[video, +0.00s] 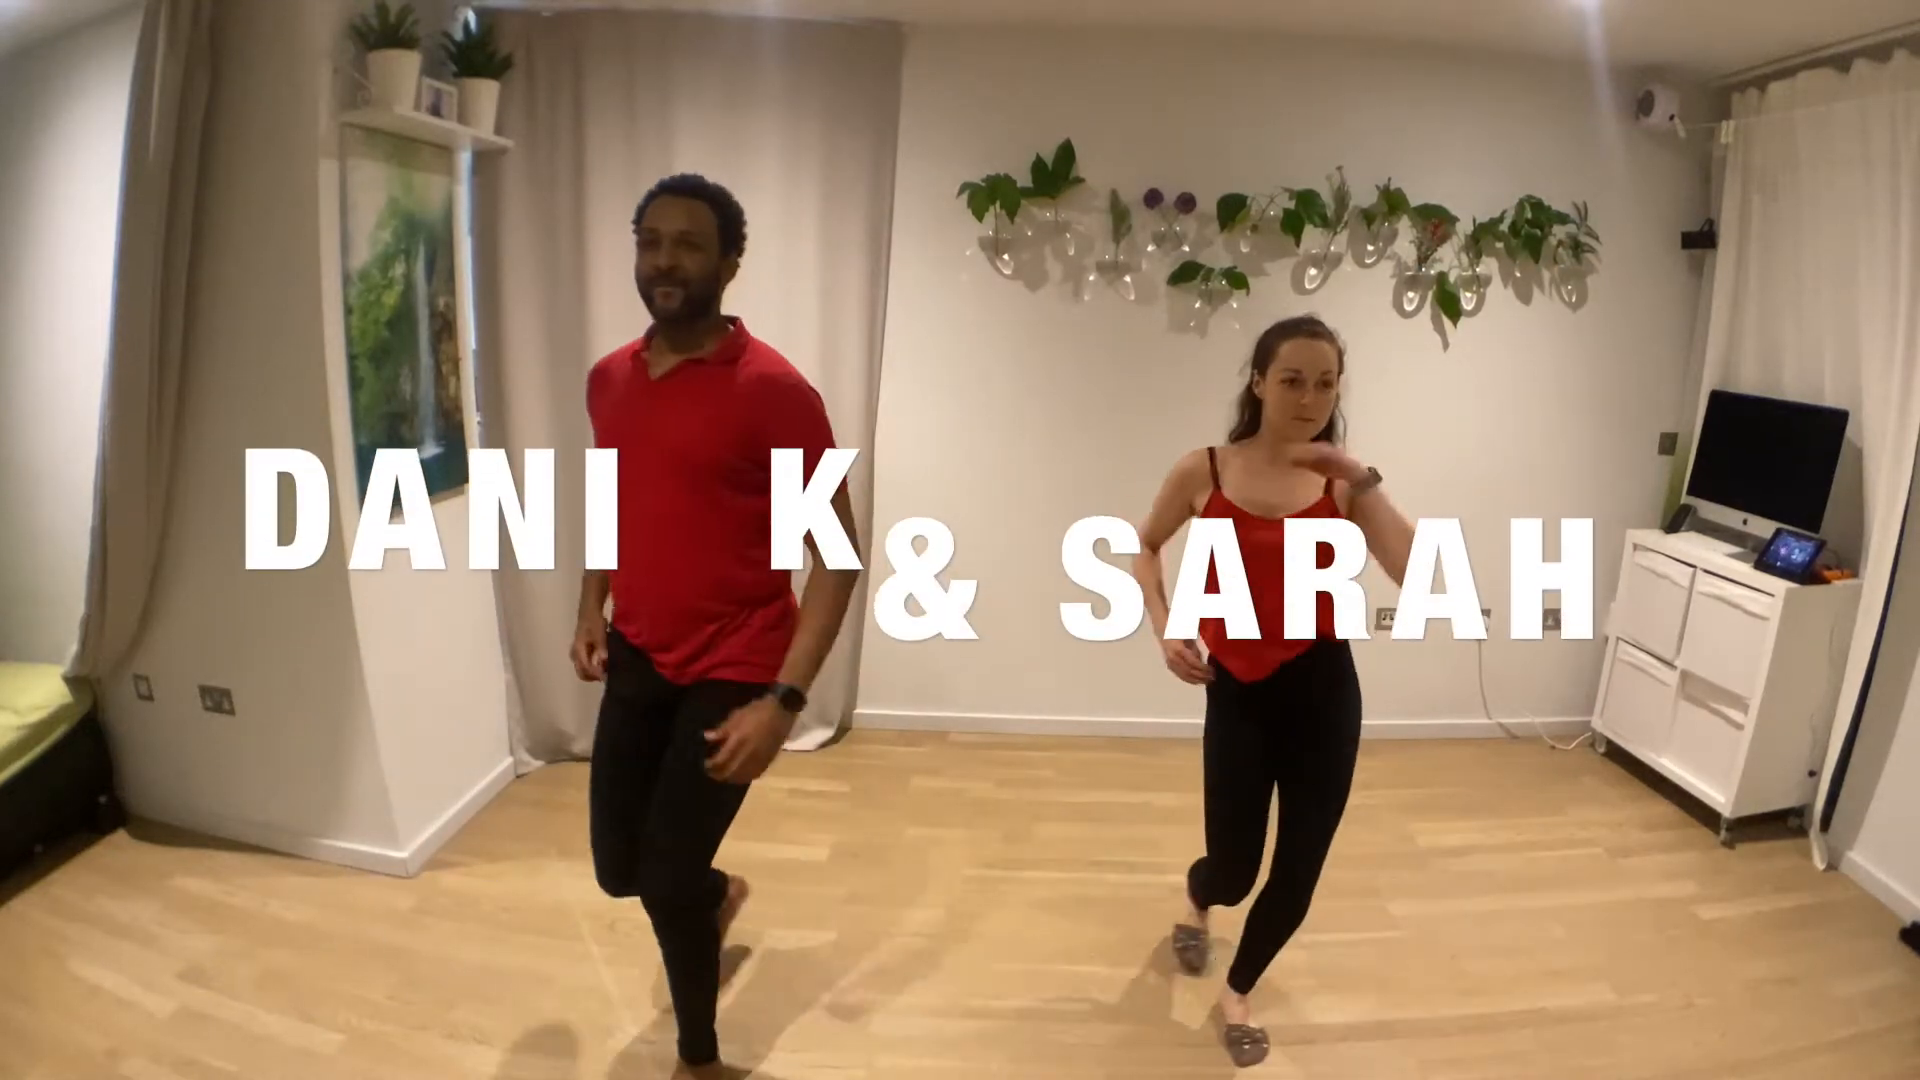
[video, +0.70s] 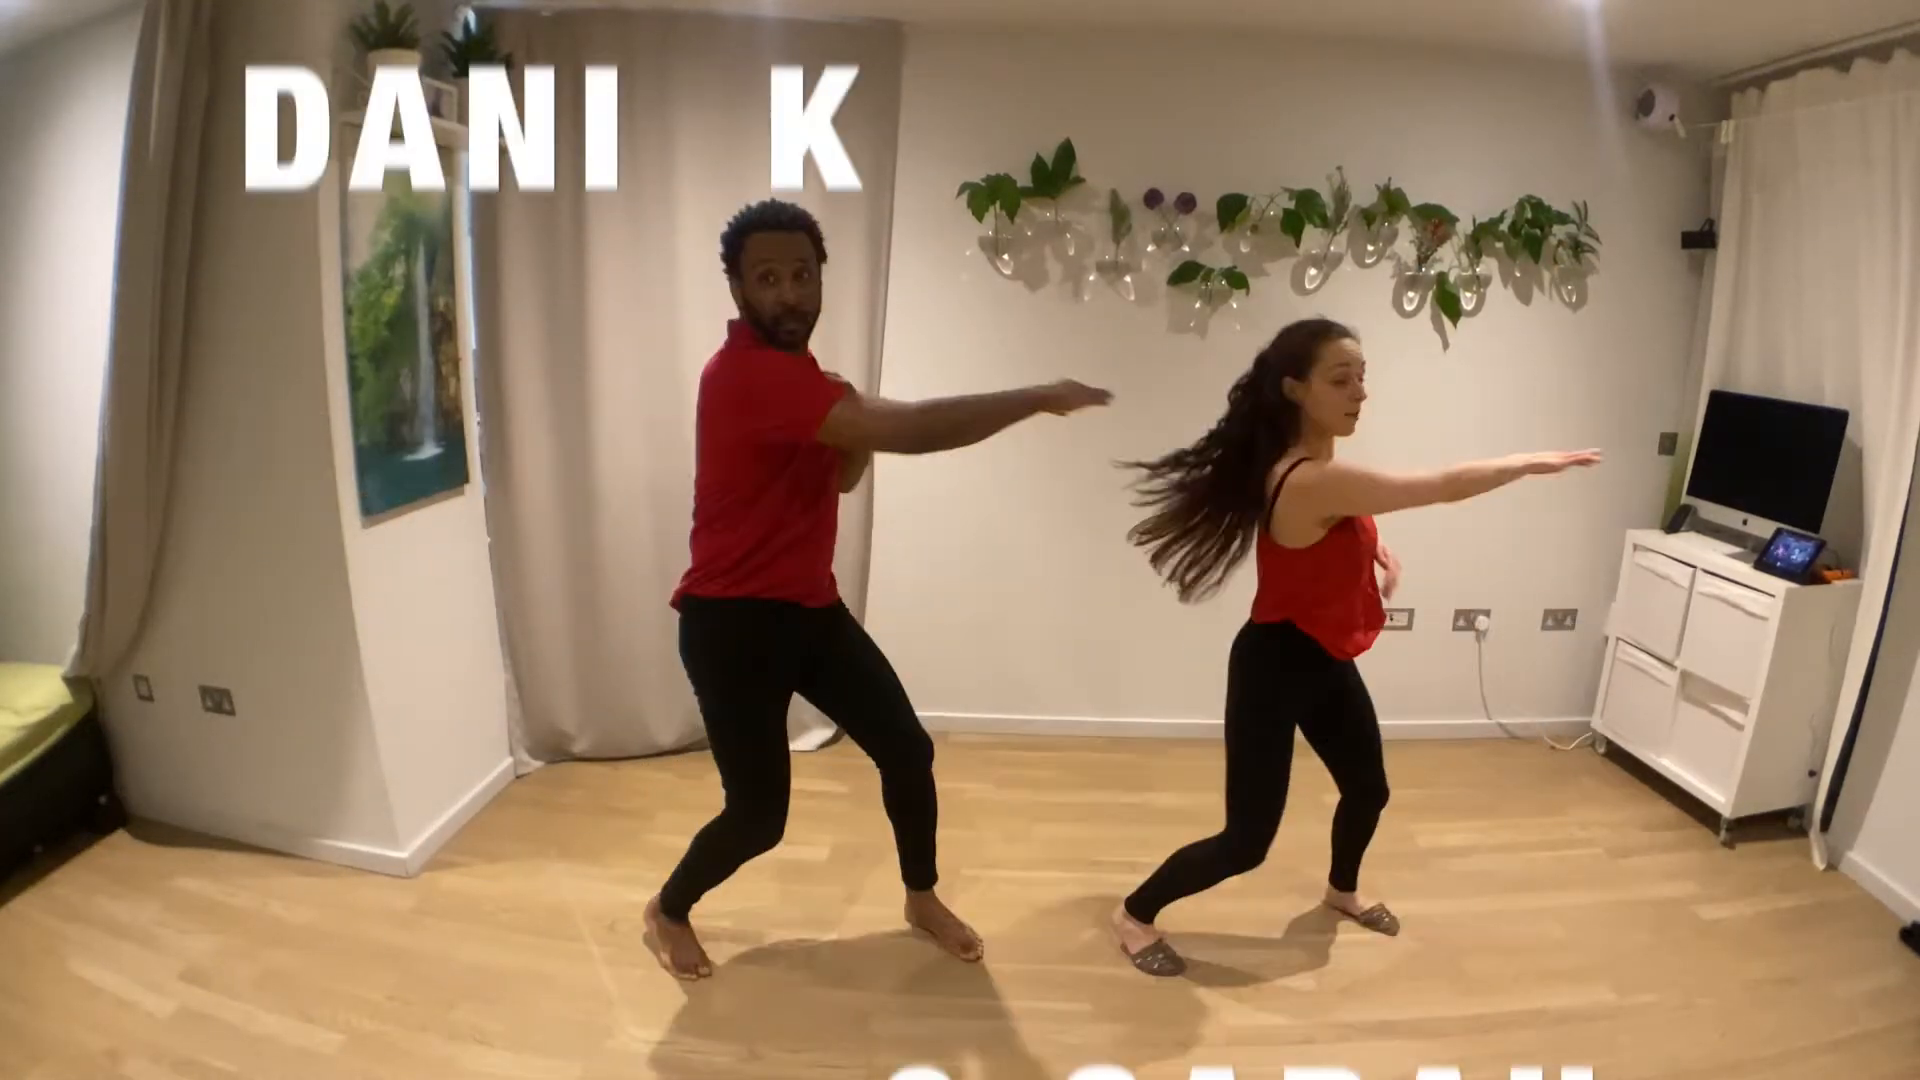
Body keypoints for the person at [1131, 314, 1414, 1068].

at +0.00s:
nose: (1310, 397)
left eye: (1325, 382)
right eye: (1294, 380)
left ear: (1339, 391)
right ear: (1259, 384)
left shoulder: (1347, 479)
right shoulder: (1202, 471)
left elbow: (1415, 572)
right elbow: (1146, 546)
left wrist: (1366, 489)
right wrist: (1164, 631)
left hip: (1323, 692)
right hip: (1237, 694)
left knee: (1298, 874)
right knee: (1234, 877)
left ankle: (1237, 995)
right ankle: (1194, 899)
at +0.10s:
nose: (1312, 396)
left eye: (1325, 382)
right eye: (1295, 379)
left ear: (1338, 391)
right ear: (1255, 383)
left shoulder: (1346, 493)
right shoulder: (1200, 467)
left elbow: (1335, 593)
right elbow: (1113, 532)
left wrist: (1320, 498)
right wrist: (1117, 611)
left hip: (1314, 690)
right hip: (1231, 688)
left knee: (1294, 872)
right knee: (1236, 868)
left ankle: (1241, 997)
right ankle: (1154, 913)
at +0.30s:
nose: (1335, 400)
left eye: (1335, 383)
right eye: (1323, 383)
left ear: (1290, 386)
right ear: (1271, 386)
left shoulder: (1331, 483)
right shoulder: (1209, 484)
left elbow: (1371, 583)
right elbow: (1166, 607)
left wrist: (1335, 558)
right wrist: (1130, 719)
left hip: (1288, 674)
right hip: (1210, 675)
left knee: (1324, 822)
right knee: (1203, 837)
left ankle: (1235, 902)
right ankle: (1172, 926)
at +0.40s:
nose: (1338, 394)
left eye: (1338, 377)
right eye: (1328, 377)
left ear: (1290, 383)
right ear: (1281, 381)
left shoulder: (1306, 452)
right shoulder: (1232, 480)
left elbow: (1351, 501)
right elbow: (1305, 587)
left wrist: (1352, 525)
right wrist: (1335, 688)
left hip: (1280, 666)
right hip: (1207, 672)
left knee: (1334, 811)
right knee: (1199, 828)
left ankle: (1244, 840)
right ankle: (1172, 924)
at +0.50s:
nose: (1348, 387)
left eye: (1348, 371)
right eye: (1338, 371)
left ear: (1293, 375)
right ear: (1289, 375)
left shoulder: (1297, 446)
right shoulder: (1273, 465)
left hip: (1282, 662)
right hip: (1213, 664)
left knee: (1361, 806)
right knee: (1199, 813)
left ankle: (1288, 855)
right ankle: (1163, 921)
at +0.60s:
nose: (1362, 380)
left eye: (1359, 364)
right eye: (1349, 366)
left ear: (1302, 373)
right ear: (1301, 374)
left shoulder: (1276, 448)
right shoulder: (1307, 462)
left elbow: (1185, 461)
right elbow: (1453, 474)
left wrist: (1112, 444)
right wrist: (1571, 484)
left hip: (1304, 657)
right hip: (1247, 655)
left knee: (1360, 798)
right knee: (1219, 812)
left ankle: (1344, 894)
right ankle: (1138, 910)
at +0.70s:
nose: (1359, 391)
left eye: (1361, 376)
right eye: (1342, 378)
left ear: (1356, 380)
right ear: (1296, 390)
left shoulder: (1319, 465)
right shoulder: (1303, 481)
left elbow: (1332, 525)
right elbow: (1440, 486)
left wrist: (1375, 550)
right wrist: (1528, 463)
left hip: (1324, 662)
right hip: (1270, 665)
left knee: (1366, 790)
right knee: (1247, 841)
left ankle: (1341, 891)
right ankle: (1134, 914)